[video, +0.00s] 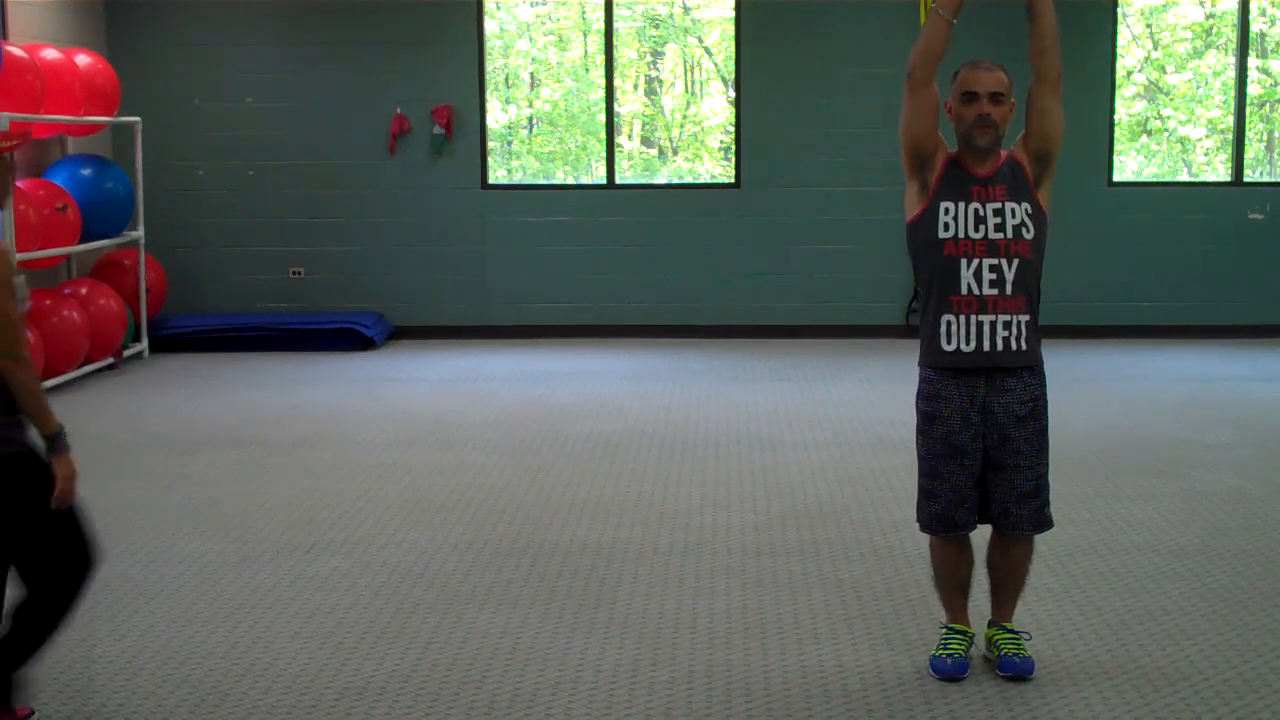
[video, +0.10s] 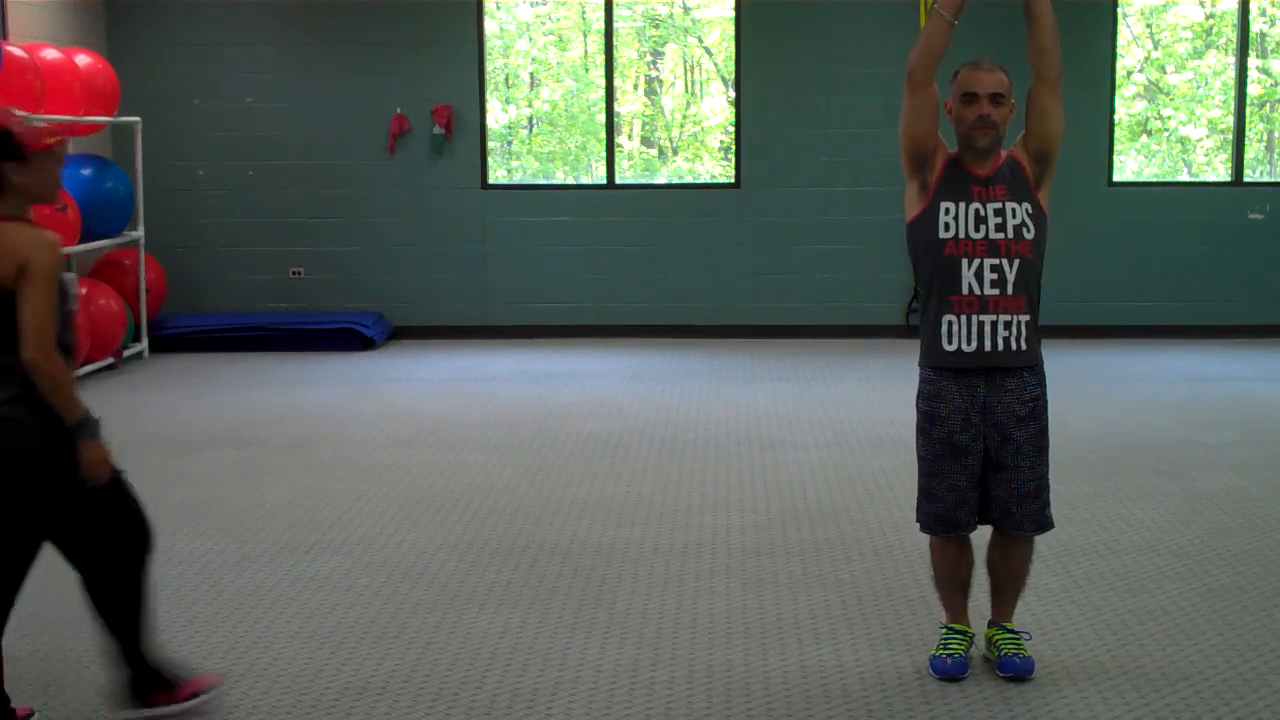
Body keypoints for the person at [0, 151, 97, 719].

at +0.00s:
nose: (14, 156)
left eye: (13, 149)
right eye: (10, 150)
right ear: (3, 169)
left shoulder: (5, 254)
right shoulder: (2, 254)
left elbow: (13, 354)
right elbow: (11, 354)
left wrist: (51, 441)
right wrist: (56, 440)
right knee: (66, 560)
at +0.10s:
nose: (61, 165)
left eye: (58, 154)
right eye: (51, 155)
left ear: (11, 169)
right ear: (13, 168)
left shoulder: (17, 240)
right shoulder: (32, 246)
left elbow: (36, 353)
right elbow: (37, 355)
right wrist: (85, 429)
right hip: (35, 443)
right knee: (118, 537)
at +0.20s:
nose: (111, 181)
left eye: (106, 169)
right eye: (100, 171)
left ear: (56, 184)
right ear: (66, 182)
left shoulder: (28, 251)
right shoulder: (88, 255)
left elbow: (51, 337)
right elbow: (79, 356)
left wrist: (130, 366)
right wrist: (128, 425)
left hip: (44, 436)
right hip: (88, 440)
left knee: (22, 580)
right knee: (163, 555)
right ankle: (255, 649)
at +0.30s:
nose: (165, 183)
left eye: (161, 173)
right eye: (153, 176)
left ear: (115, 194)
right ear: (119, 192)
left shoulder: (94, 257)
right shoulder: (144, 265)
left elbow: (131, 340)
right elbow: (136, 373)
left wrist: (198, 362)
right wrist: (186, 446)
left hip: (114, 444)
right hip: (154, 447)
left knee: (73, 572)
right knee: (233, 544)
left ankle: (4, 686)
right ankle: (287, 658)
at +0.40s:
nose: (217, 188)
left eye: (213, 179)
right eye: (205, 181)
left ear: (171, 195)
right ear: (172, 196)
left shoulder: (151, 258)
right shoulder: (194, 269)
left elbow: (181, 356)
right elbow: (192, 374)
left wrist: (240, 391)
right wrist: (238, 451)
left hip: (180, 436)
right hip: (219, 439)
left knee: (191, 544)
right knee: (292, 532)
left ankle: (84, 632)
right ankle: (291, 663)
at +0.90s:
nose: (360, 149)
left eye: (368, 138)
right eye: (346, 141)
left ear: (382, 146)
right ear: (327, 153)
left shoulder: (394, 207)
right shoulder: (322, 223)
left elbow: (439, 245)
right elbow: (269, 306)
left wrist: (458, 285)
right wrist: (332, 366)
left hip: (429, 395)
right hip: (365, 411)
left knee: (487, 505)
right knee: (376, 537)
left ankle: (524, 628)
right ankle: (376, 644)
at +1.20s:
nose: (406, 169)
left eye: (417, 156)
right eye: (397, 159)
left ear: (439, 163)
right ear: (390, 169)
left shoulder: (468, 223)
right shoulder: (384, 230)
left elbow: (495, 180)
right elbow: (354, 197)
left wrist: (455, 120)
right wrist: (385, 138)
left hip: (474, 406)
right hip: (402, 408)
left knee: (501, 527)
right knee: (370, 510)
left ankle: (513, 639)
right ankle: (435, 629)